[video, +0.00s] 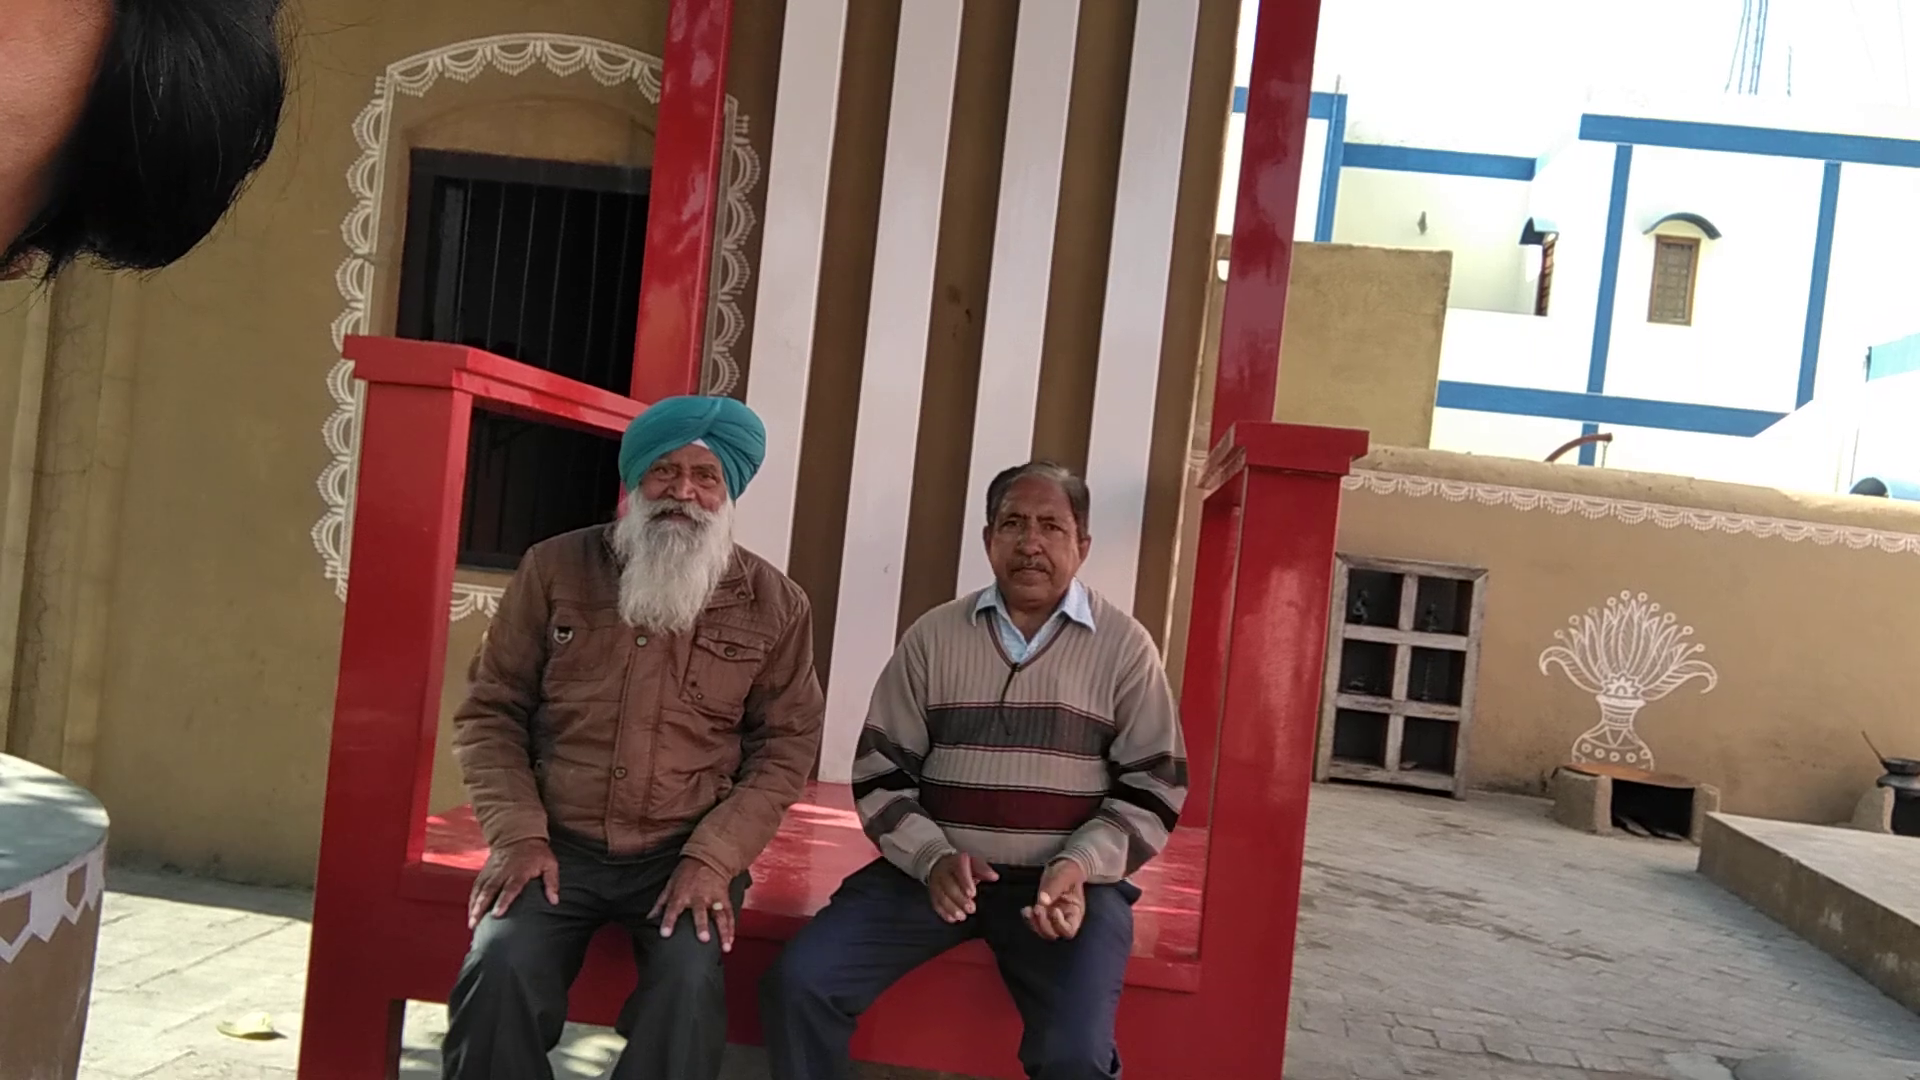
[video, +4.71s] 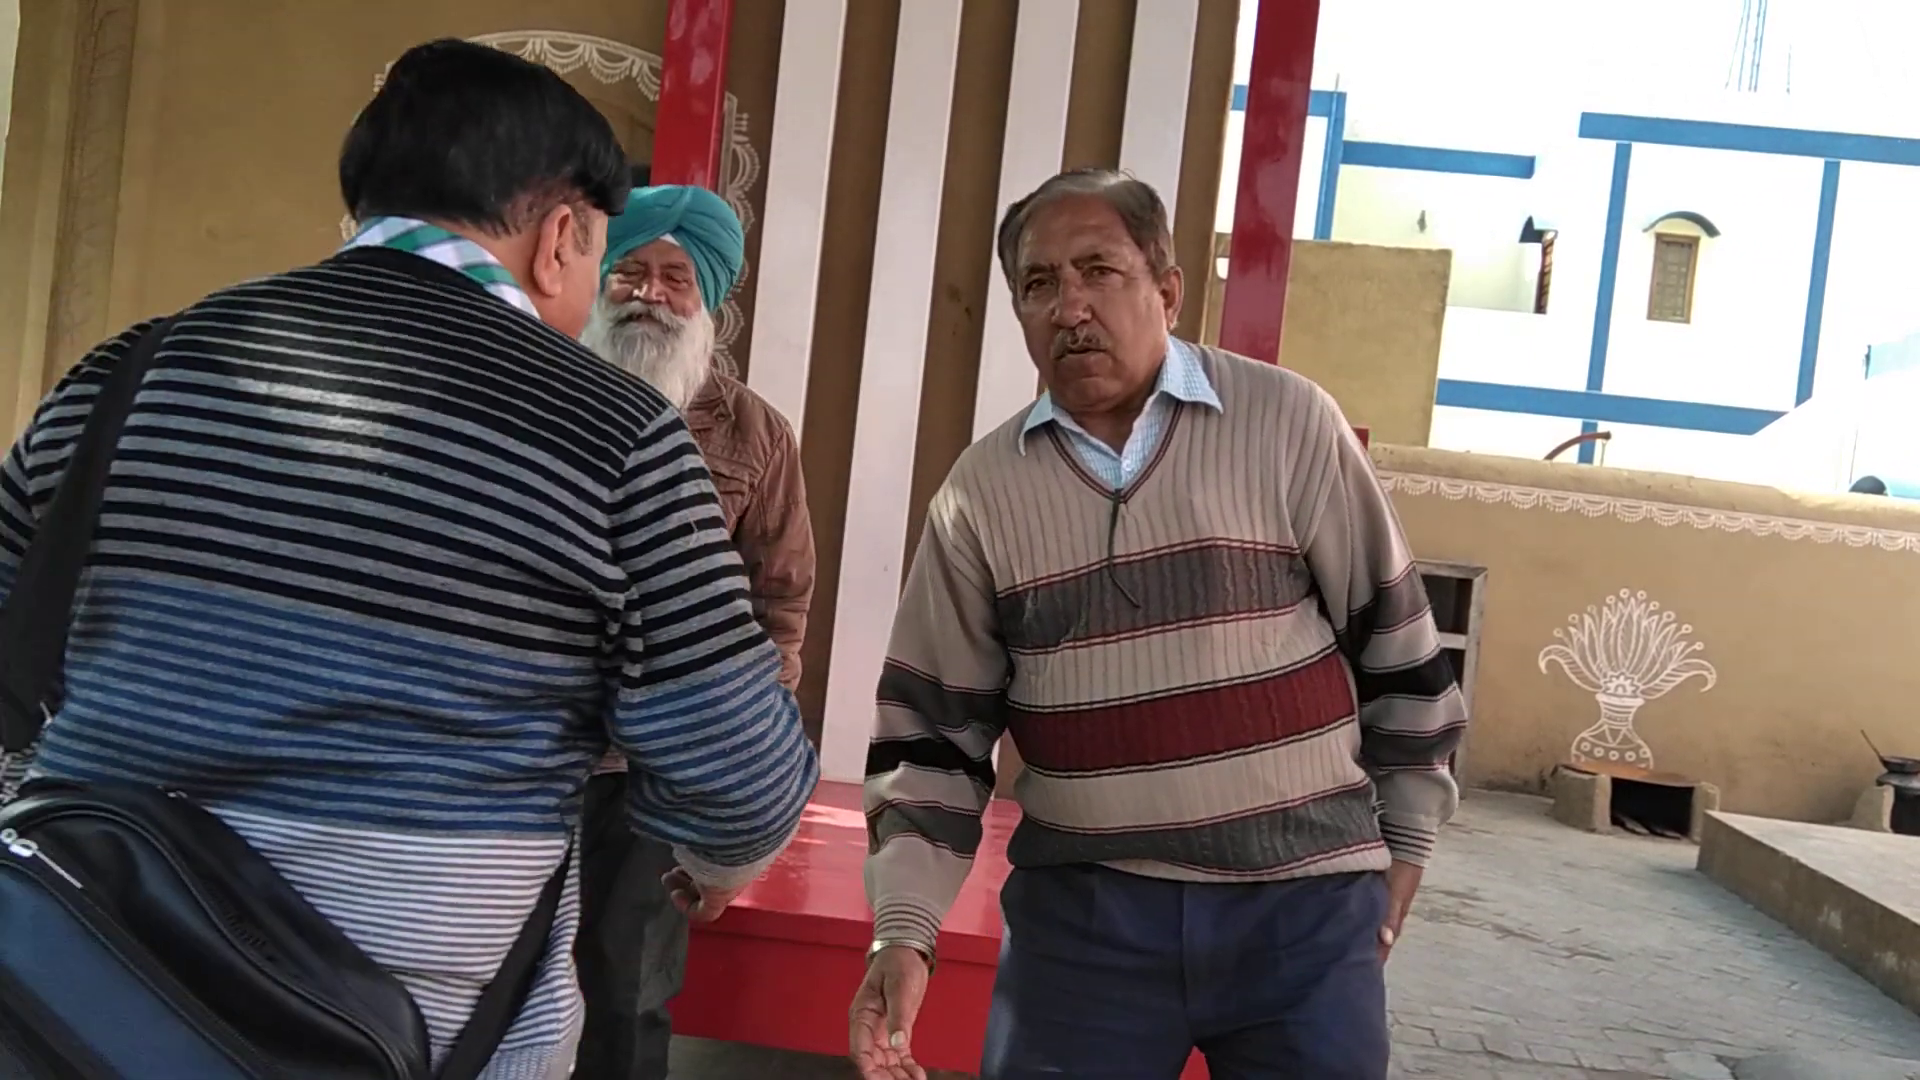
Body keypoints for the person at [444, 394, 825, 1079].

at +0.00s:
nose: (683, 490)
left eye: (706, 476)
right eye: (665, 471)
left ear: (730, 497)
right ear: (632, 486)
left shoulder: (774, 604)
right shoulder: (555, 569)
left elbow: (788, 749)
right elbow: (490, 709)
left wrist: (714, 856)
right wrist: (516, 831)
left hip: (685, 864)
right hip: (555, 853)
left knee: (690, 978)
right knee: (500, 966)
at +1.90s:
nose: (684, 487)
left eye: (707, 473)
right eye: (666, 468)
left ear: (730, 495)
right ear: (631, 484)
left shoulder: (774, 601)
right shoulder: (556, 566)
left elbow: (788, 747)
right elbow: (492, 713)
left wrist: (714, 853)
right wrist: (517, 829)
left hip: (685, 859)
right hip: (555, 847)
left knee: (691, 974)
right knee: (500, 962)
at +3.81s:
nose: (583, 509)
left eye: (608, 487)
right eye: (563, 487)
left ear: (648, 492)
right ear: (539, 493)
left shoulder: (722, 583)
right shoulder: (473, 565)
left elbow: (775, 721)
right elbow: (424, 700)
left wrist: (691, 865)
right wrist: (475, 839)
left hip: (660, 856)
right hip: (523, 848)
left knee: (655, 1011)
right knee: (473, 993)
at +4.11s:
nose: (594, 382)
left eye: (621, 364)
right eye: (574, 359)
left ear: (660, 381)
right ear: (546, 370)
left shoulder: (721, 495)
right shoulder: (473, 464)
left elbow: (745, 673)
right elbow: (427, 638)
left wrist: (683, 826)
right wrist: (443, 802)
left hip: (641, 818)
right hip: (497, 808)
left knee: (623, 1026)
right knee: (453, 1015)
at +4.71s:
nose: (651, 291)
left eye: (678, 276)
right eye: (634, 268)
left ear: (712, 301)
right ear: (596, 278)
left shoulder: (753, 436)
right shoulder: (536, 400)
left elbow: (780, 627)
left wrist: (740, 810)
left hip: (657, 768)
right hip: (514, 755)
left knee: (629, 1005)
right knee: (504, 1004)